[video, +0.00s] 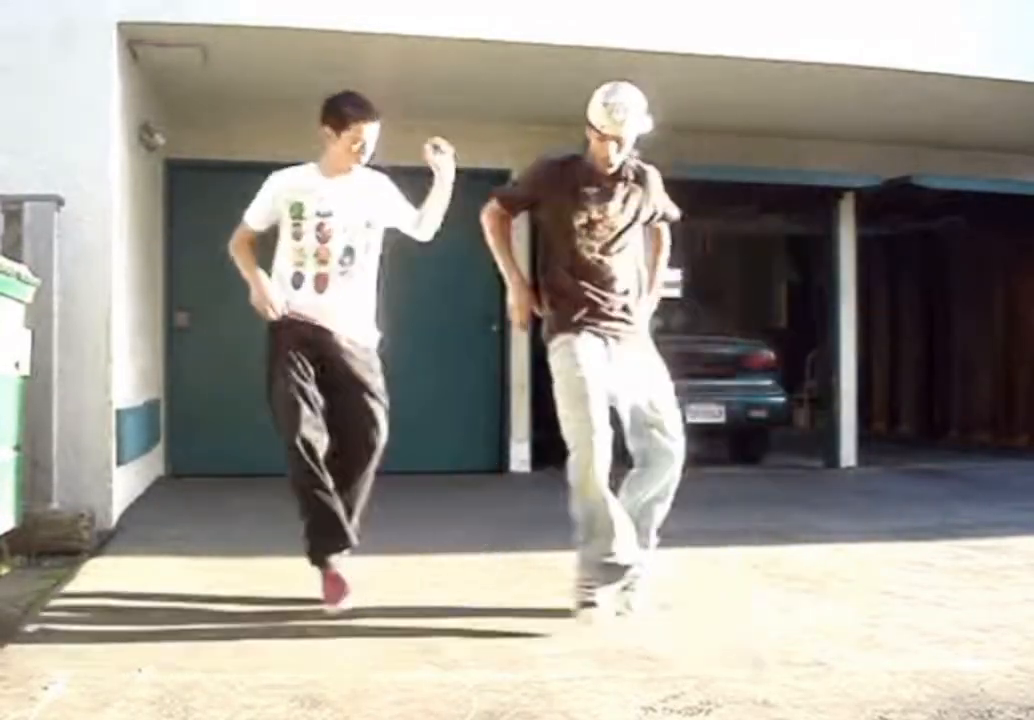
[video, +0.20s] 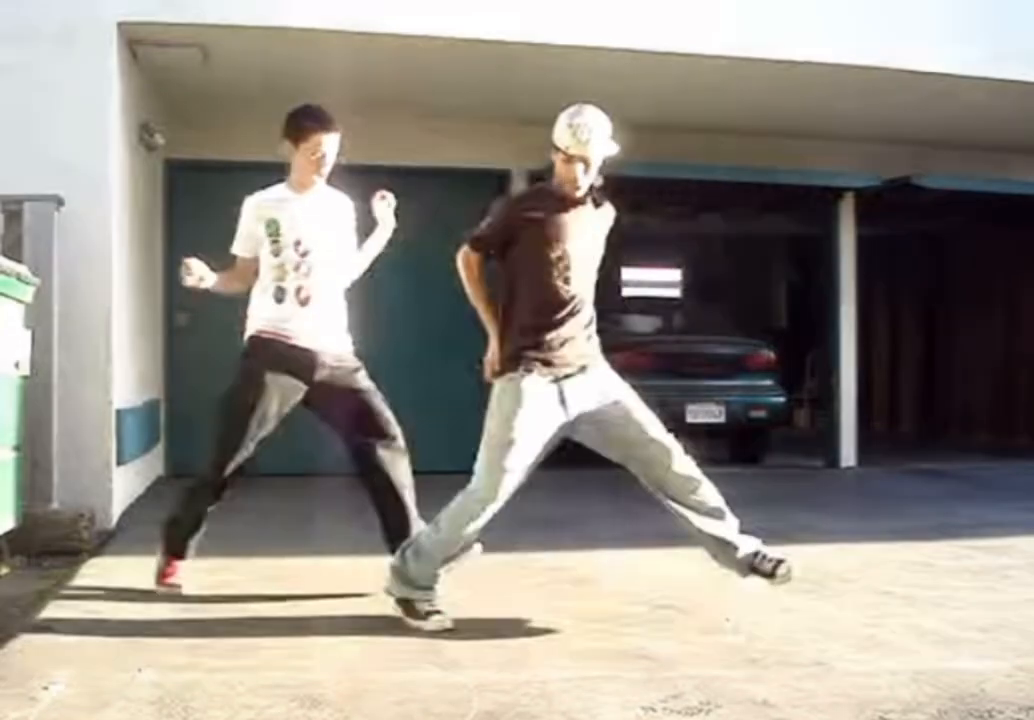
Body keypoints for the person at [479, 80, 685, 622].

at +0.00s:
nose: (612, 152)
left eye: (623, 142)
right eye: (604, 138)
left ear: (638, 138)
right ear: (588, 128)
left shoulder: (646, 181)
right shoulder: (554, 175)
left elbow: (660, 229)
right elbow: (494, 213)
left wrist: (652, 290)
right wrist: (516, 284)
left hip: (631, 330)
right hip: (574, 330)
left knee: (664, 447)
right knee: (593, 448)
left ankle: (619, 555)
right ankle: (600, 570)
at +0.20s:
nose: (577, 173)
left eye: (589, 162)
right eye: (569, 159)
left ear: (603, 160)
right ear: (553, 153)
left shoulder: (603, 213)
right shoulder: (521, 209)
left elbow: (568, 273)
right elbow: (467, 257)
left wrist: (565, 327)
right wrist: (494, 331)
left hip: (589, 371)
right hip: (529, 378)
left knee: (666, 459)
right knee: (492, 490)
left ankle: (742, 551)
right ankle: (410, 577)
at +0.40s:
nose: (587, 157)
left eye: (597, 146)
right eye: (578, 146)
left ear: (609, 144)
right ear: (560, 140)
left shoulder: (613, 188)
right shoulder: (529, 189)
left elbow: (587, 244)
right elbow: (465, 222)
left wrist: (602, 299)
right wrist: (504, 291)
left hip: (618, 348)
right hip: (552, 356)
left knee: (678, 451)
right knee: (515, 470)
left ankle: (678, 563)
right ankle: (439, 582)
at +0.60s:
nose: (660, 167)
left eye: (668, 157)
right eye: (651, 156)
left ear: (681, 155)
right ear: (635, 150)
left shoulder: (690, 204)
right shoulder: (609, 200)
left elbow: (726, 257)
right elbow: (608, 271)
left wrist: (689, 256)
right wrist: (674, 295)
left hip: (672, 354)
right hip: (619, 350)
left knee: (651, 468)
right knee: (643, 468)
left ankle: (594, 567)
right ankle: (694, 584)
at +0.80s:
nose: (706, 150)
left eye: (716, 140)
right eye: (698, 139)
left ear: (730, 135)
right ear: (682, 129)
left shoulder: (739, 176)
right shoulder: (650, 172)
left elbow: (786, 214)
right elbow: (589, 209)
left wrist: (810, 222)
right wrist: (649, 228)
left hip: (726, 340)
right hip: (666, 340)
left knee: (762, 445)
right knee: (655, 460)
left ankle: (721, 537)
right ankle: (665, 584)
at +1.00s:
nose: (736, 173)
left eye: (745, 163)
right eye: (727, 162)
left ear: (757, 161)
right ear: (709, 157)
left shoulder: (767, 206)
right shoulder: (681, 209)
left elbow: (808, 250)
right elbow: (629, 274)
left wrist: (852, 222)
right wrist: (634, 252)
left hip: (764, 367)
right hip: (699, 368)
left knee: (800, 472)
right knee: (659, 477)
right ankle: (594, 594)